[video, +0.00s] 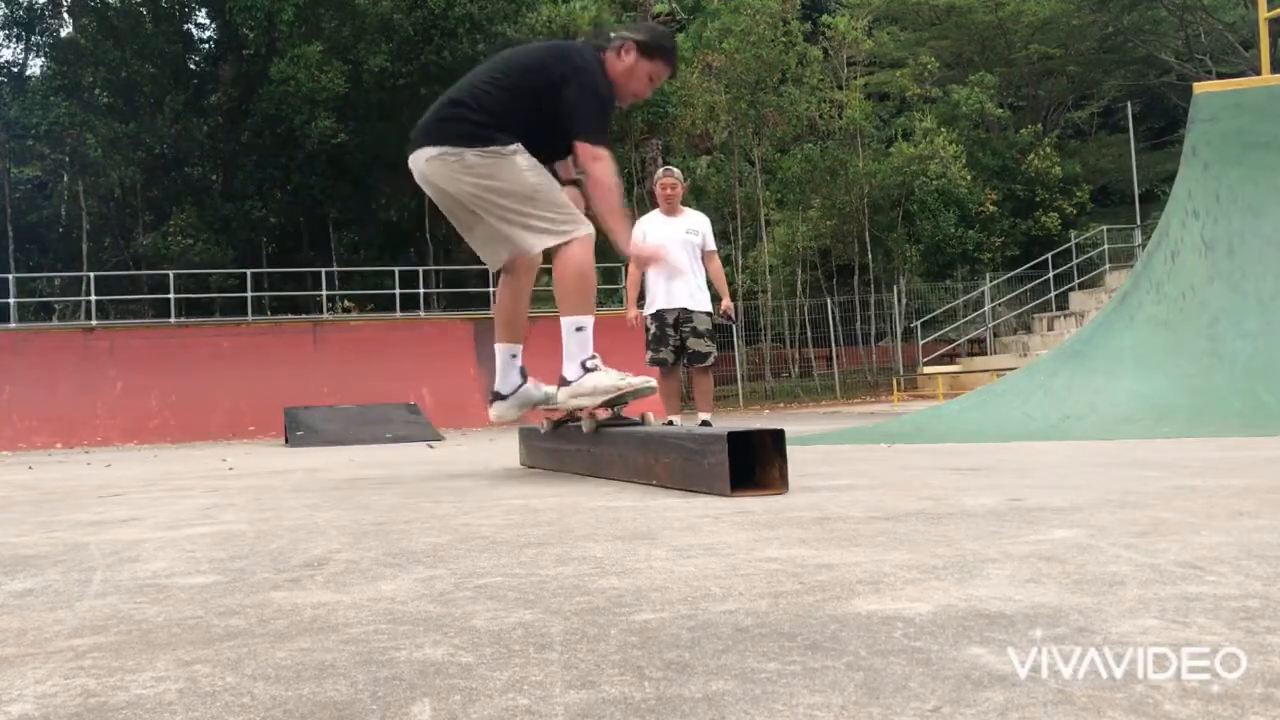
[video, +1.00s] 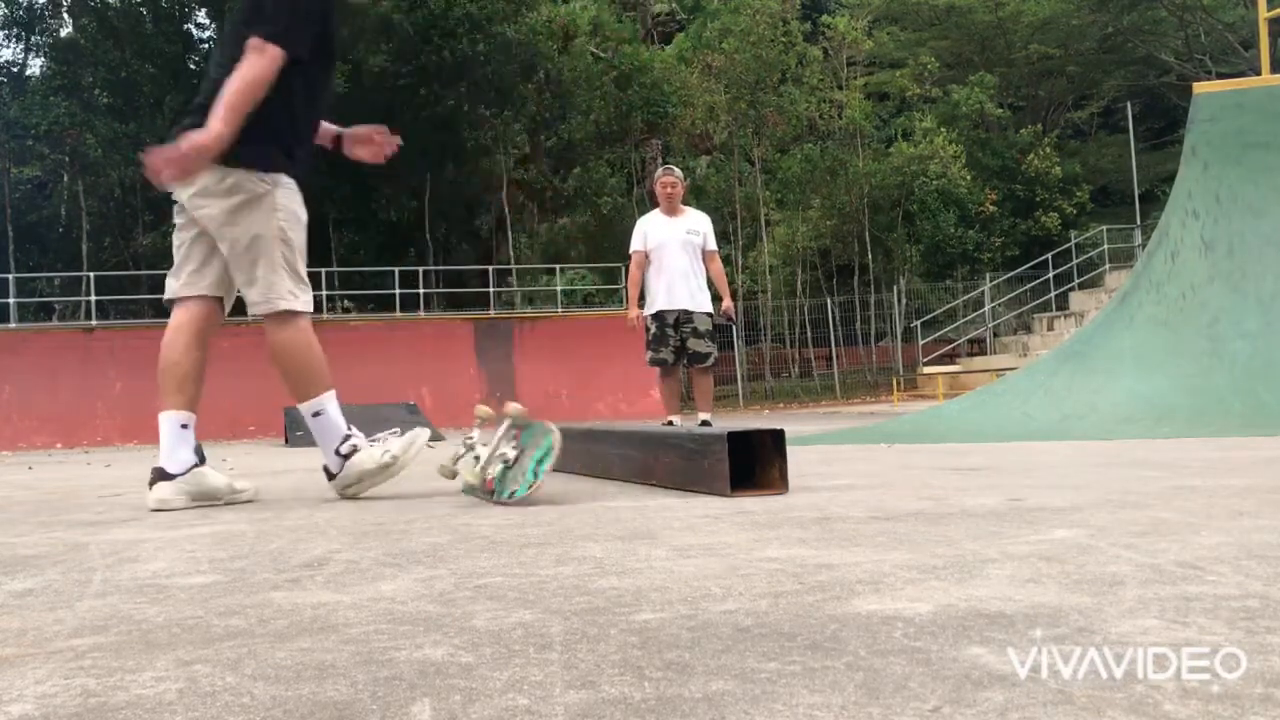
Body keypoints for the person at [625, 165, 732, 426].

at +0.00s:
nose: (668, 192)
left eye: (673, 187)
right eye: (663, 187)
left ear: (683, 189)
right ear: (654, 191)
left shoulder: (699, 220)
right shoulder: (643, 224)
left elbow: (712, 259)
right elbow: (635, 266)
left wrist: (725, 296)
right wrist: (631, 305)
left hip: (696, 304)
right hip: (660, 306)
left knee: (701, 365)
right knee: (667, 367)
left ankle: (705, 418)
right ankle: (673, 421)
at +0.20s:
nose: (669, 192)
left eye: (674, 186)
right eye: (664, 187)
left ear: (683, 189)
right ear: (655, 190)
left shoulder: (700, 220)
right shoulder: (644, 223)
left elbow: (712, 259)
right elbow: (636, 264)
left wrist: (726, 296)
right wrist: (632, 304)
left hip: (696, 305)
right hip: (660, 306)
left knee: (701, 365)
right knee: (668, 367)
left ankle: (705, 418)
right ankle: (672, 421)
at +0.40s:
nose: (669, 192)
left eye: (674, 186)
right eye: (664, 187)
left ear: (684, 189)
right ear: (656, 190)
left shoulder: (700, 220)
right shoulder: (645, 223)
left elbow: (712, 260)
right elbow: (636, 264)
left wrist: (726, 296)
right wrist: (632, 304)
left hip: (697, 305)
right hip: (661, 306)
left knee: (702, 365)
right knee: (668, 367)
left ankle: (705, 418)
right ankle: (672, 420)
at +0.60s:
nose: (670, 191)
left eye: (675, 185)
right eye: (664, 186)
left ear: (684, 188)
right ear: (656, 190)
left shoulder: (700, 220)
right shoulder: (645, 223)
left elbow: (712, 260)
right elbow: (637, 264)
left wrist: (726, 297)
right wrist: (632, 304)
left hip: (697, 305)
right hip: (661, 306)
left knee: (702, 365)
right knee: (668, 367)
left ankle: (705, 419)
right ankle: (672, 421)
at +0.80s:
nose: (669, 191)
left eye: (674, 186)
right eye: (664, 186)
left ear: (684, 188)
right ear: (656, 190)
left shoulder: (700, 220)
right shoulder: (645, 223)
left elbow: (712, 260)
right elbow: (637, 265)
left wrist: (726, 297)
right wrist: (633, 304)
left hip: (697, 305)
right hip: (661, 307)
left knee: (702, 365)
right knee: (668, 367)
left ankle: (705, 418)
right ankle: (673, 420)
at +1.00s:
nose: (668, 191)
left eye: (673, 186)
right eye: (663, 186)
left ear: (683, 188)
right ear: (655, 190)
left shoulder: (701, 220)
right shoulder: (645, 223)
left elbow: (713, 260)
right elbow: (637, 265)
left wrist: (726, 297)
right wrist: (632, 305)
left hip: (697, 305)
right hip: (661, 307)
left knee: (702, 365)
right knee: (668, 366)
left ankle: (705, 418)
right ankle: (673, 420)